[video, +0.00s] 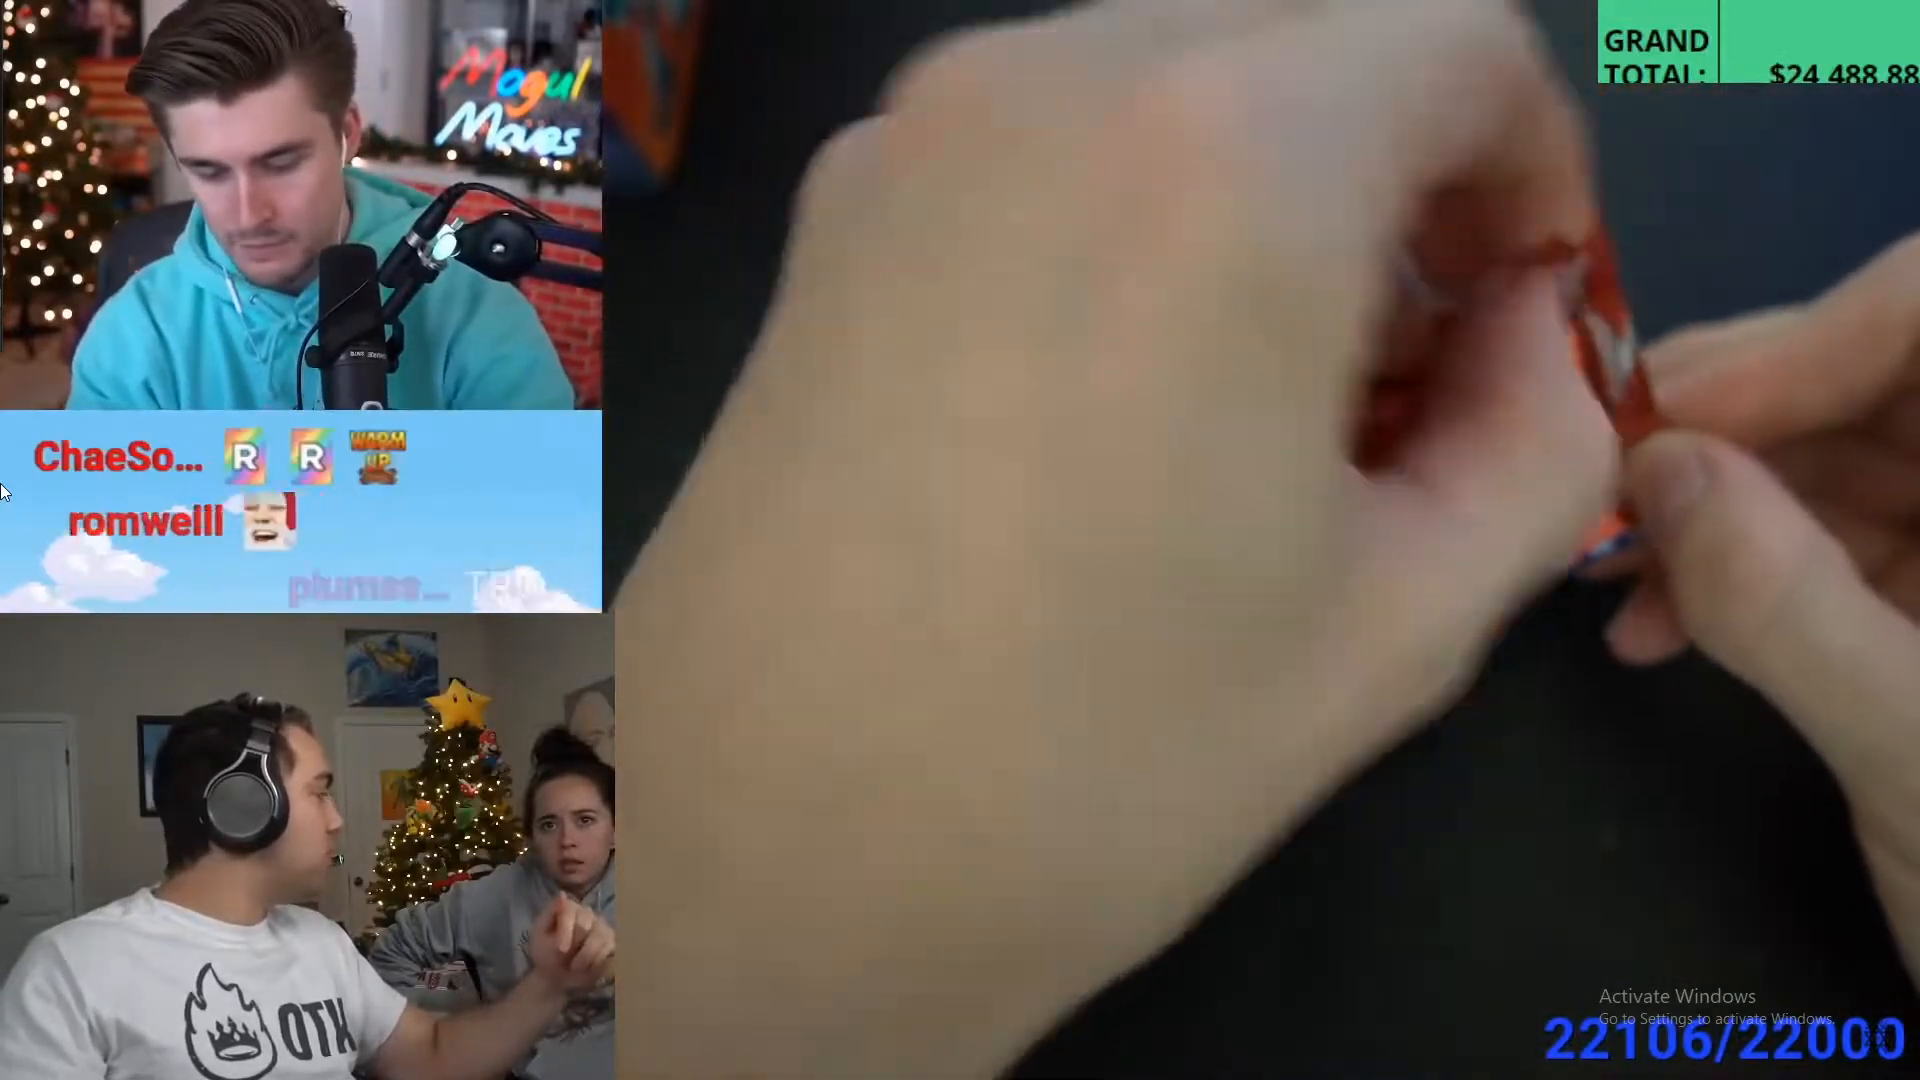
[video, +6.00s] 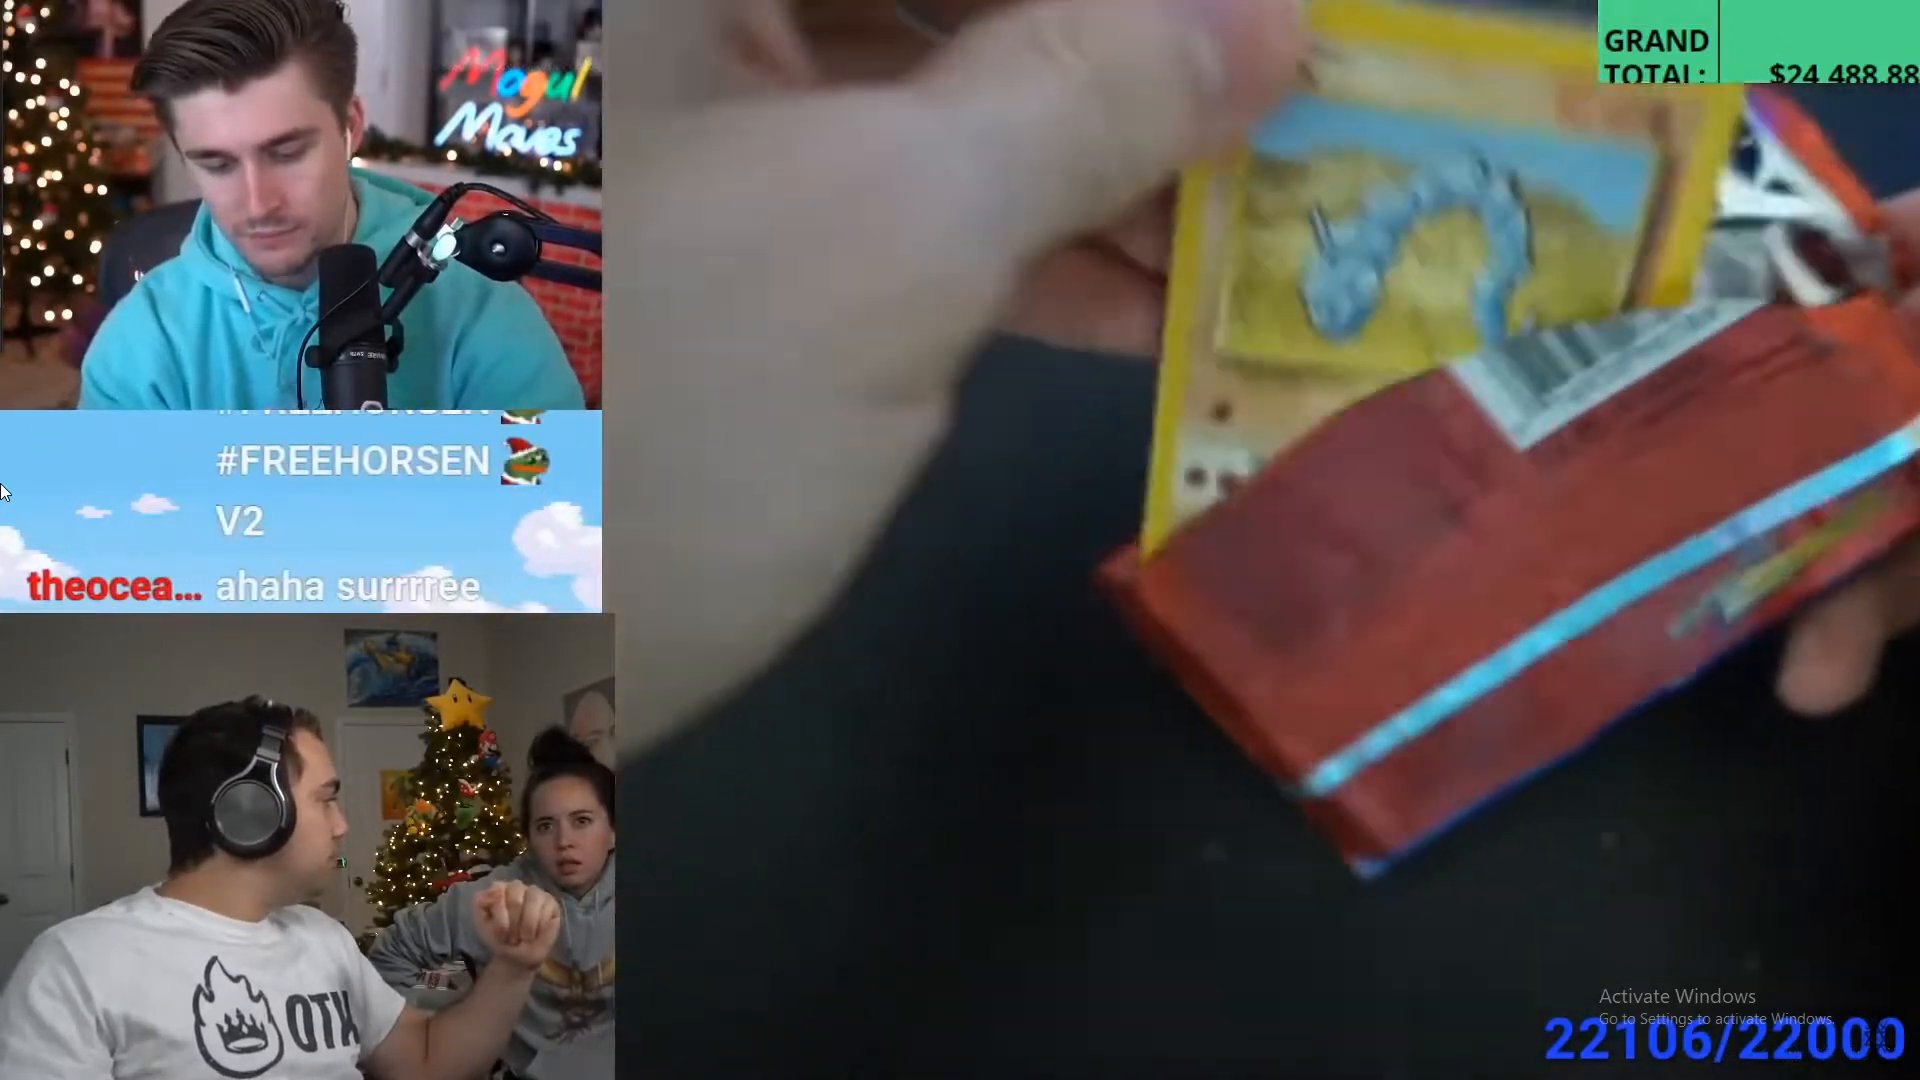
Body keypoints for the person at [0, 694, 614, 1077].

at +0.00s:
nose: (339, 817)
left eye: (331, 792)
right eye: (320, 791)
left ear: (241, 805)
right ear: (238, 804)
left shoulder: (320, 945)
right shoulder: (69, 971)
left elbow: (432, 1051)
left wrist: (548, 986)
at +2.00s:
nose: (341, 820)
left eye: (333, 794)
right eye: (323, 793)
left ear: (251, 803)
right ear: (239, 804)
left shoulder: (320, 941)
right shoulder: (76, 967)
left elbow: (429, 1054)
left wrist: (533, 978)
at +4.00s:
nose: (340, 819)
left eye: (331, 791)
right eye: (320, 792)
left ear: (250, 806)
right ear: (242, 806)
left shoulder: (323, 944)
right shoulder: (75, 967)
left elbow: (430, 1062)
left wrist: (494, 953)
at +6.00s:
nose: (344, 823)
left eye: (336, 798)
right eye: (325, 799)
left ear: (260, 809)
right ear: (250, 810)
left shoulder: (324, 942)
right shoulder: (77, 967)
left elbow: (426, 1059)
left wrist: (511, 967)